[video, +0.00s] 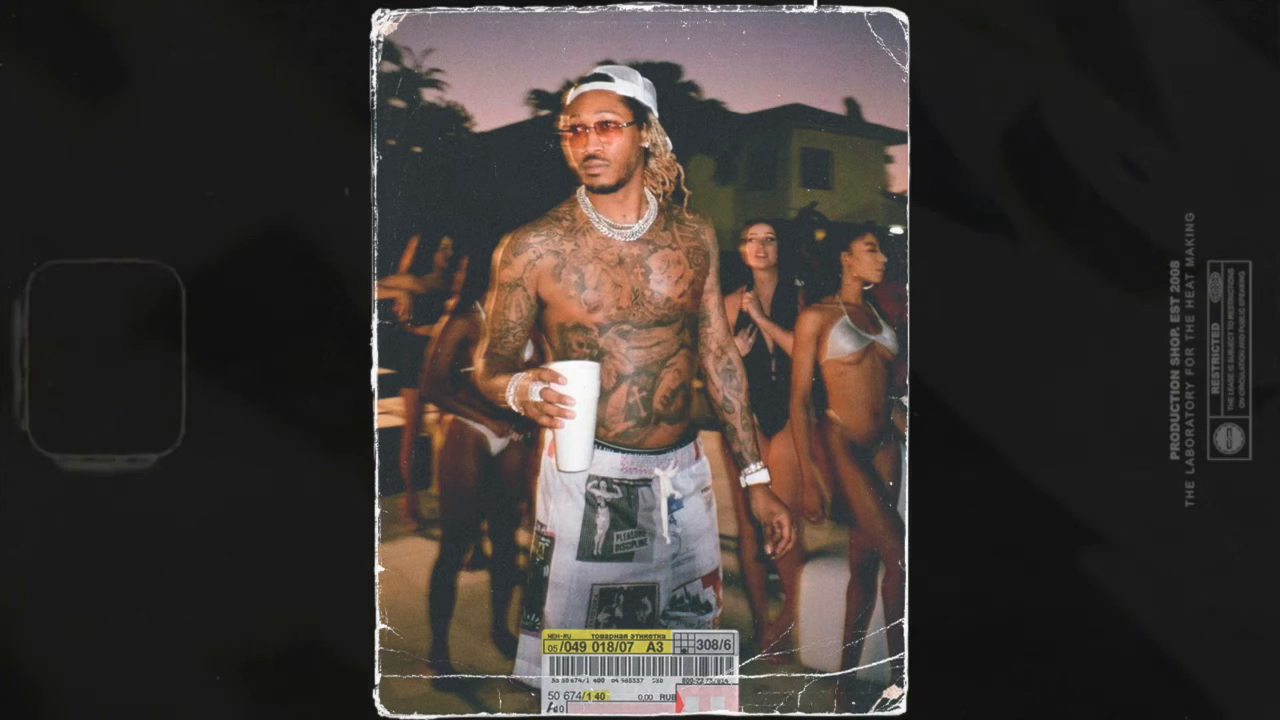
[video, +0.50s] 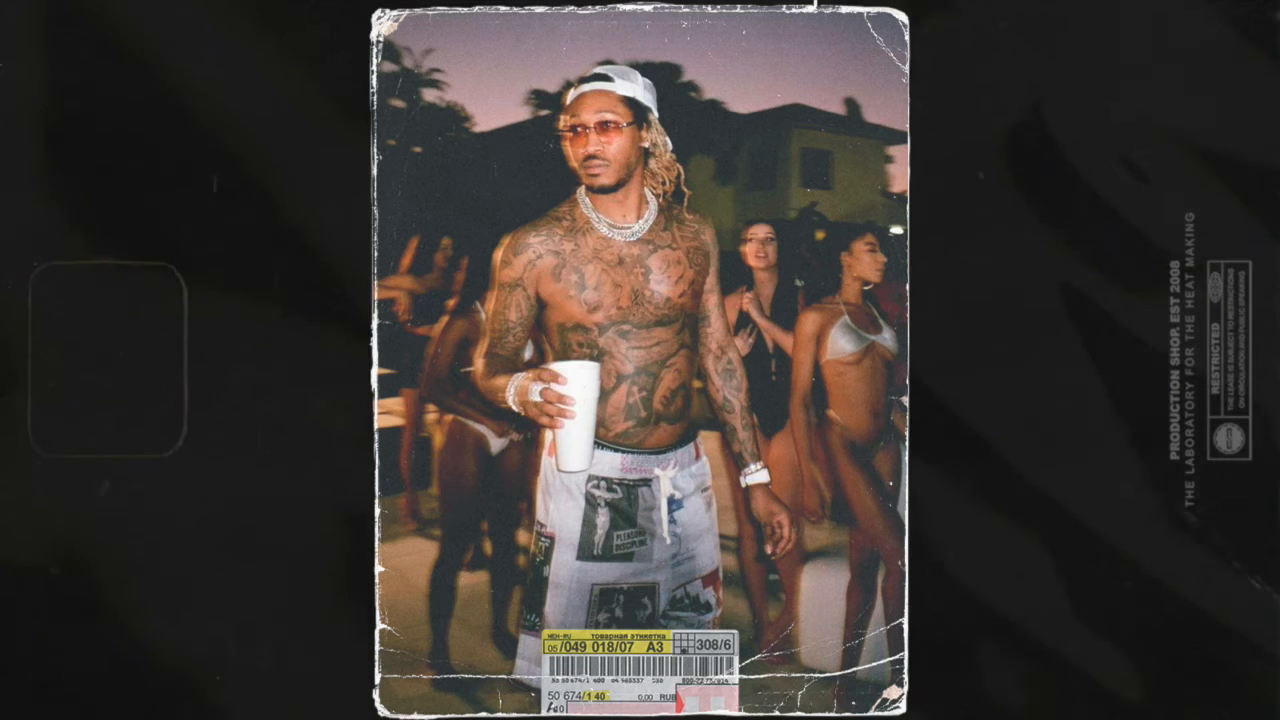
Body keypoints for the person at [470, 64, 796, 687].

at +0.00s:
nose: (590, 143)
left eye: (608, 126)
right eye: (576, 130)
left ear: (646, 139)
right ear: (565, 144)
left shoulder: (694, 237)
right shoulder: (532, 248)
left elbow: (720, 359)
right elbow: (492, 365)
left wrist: (756, 481)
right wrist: (516, 389)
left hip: (681, 477)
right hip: (583, 482)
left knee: (688, 663)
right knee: (574, 668)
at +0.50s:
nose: (590, 143)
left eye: (608, 126)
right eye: (576, 130)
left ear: (646, 139)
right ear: (565, 144)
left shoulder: (694, 237)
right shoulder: (532, 248)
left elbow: (720, 359)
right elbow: (492, 365)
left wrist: (756, 481)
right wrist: (516, 389)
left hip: (681, 477)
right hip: (583, 482)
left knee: (688, 663)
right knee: (574, 668)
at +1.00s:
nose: (590, 143)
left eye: (608, 126)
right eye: (576, 130)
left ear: (646, 138)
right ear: (565, 144)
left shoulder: (694, 236)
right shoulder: (532, 248)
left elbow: (720, 359)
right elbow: (491, 366)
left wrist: (756, 482)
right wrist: (516, 389)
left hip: (681, 476)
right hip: (582, 482)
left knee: (689, 663)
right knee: (574, 669)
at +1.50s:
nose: (590, 143)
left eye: (608, 126)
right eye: (576, 130)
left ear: (646, 138)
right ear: (565, 144)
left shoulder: (693, 236)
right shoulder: (532, 248)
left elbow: (720, 358)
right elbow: (491, 365)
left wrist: (756, 481)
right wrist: (516, 389)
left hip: (681, 477)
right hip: (582, 481)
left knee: (689, 662)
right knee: (574, 666)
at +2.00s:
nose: (590, 143)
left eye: (608, 126)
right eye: (576, 130)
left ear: (646, 138)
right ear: (565, 144)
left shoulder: (693, 235)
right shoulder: (532, 248)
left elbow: (720, 359)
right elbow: (491, 365)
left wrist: (756, 482)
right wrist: (516, 389)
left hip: (681, 477)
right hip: (582, 481)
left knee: (689, 664)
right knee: (574, 669)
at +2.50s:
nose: (590, 143)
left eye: (608, 126)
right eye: (576, 130)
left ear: (646, 138)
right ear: (565, 144)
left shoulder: (693, 235)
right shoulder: (532, 248)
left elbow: (720, 358)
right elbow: (491, 365)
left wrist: (756, 482)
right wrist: (516, 389)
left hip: (681, 477)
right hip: (583, 482)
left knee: (690, 664)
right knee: (574, 670)